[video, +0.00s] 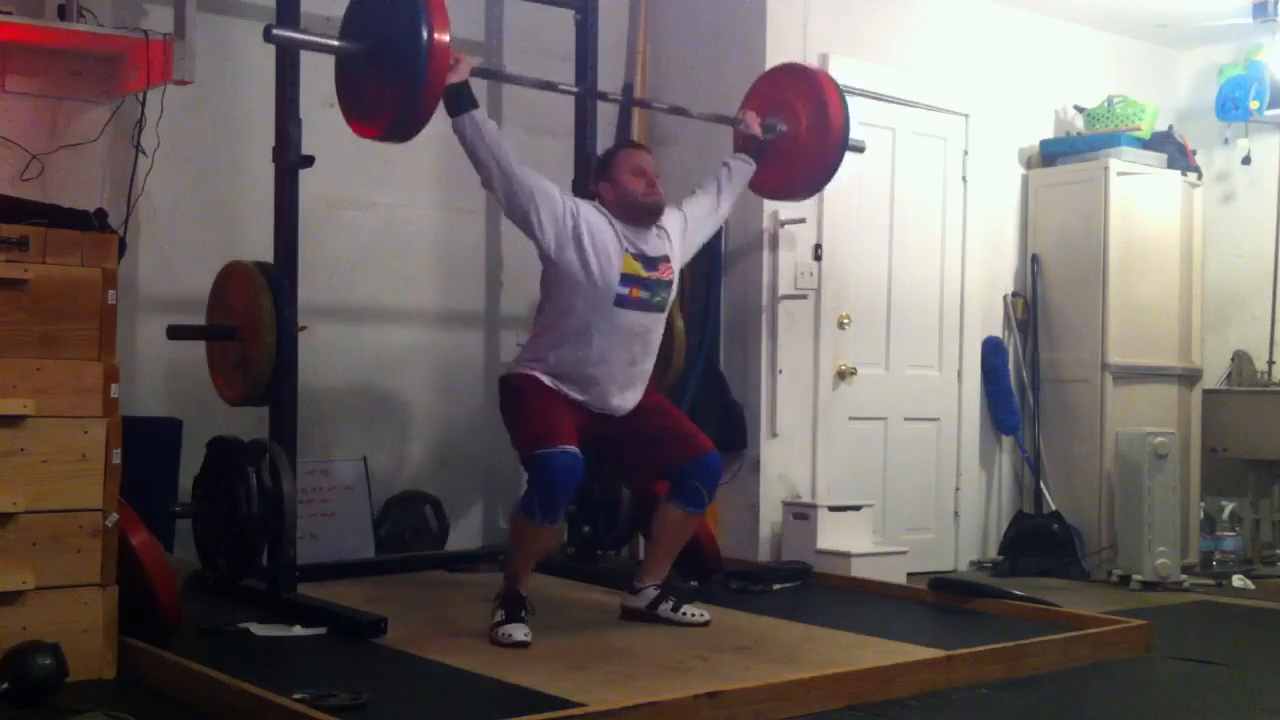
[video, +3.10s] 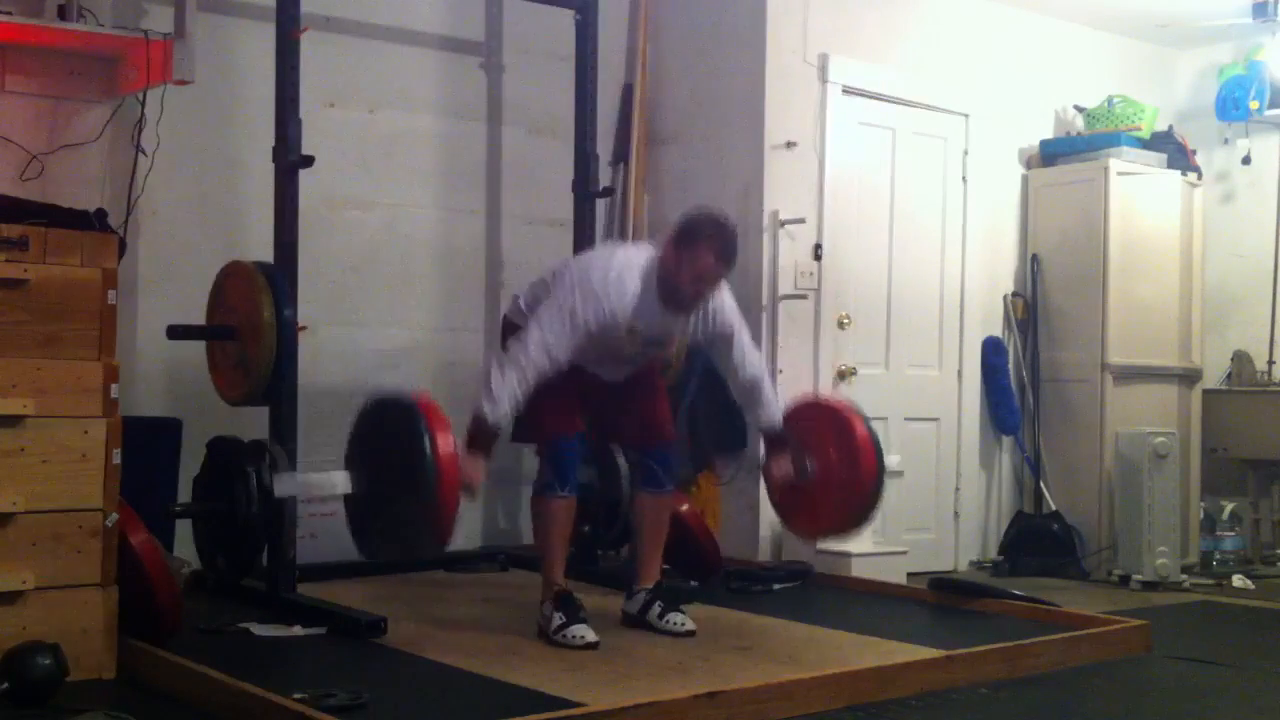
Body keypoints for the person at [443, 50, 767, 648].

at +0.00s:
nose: (653, 184)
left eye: (655, 176)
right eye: (638, 174)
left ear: (659, 189)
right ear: (601, 187)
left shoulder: (669, 235)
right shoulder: (574, 224)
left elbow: (714, 201)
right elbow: (506, 174)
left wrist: (746, 151)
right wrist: (459, 93)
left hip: (627, 400)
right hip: (548, 386)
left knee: (702, 468)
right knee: (560, 469)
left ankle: (647, 592)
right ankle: (513, 600)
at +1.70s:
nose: (667, 102)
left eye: (671, 93)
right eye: (653, 92)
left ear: (676, 104)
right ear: (624, 102)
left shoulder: (692, 155)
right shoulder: (590, 146)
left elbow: (740, 118)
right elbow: (519, 99)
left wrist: (775, 71)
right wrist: (471, 27)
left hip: (651, 335)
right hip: (574, 325)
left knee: (681, 454)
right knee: (580, 440)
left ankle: (647, 590)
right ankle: (524, 595)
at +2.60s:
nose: (618, 69)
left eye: (626, 60)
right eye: (606, 58)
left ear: (634, 65)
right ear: (579, 61)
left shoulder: (648, 119)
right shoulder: (549, 105)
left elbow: (708, 163)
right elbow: (478, 117)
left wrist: (776, 178)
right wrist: (427, 114)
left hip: (651, 285)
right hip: (576, 284)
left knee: (669, 430)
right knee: (583, 435)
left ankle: (657, 578)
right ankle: (565, 591)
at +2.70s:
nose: (647, 101)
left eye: (658, 92)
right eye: (638, 88)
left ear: (667, 97)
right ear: (612, 83)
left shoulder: (672, 158)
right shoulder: (570, 141)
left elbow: (716, 226)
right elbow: (497, 182)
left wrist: (755, 288)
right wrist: (467, 246)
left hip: (652, 318)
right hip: (575, 315)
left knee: (672, 453)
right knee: (587, 455)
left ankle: (648, 593)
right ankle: (560, 598)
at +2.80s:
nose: (683, 146)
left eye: (691, 135)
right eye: (672, 132)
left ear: (697, 139)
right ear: (643, 133)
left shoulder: (696, 206)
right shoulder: (593, 188)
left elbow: (734, 278)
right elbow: (510, 246)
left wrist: (760, 343)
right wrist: (460, 326)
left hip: (642, 347)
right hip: (565, 343)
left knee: (674, 463)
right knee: (581, 463)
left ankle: (644, 596)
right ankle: (556, 602)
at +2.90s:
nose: (697, 233)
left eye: (708, 224)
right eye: (692, 218)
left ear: (718, 220)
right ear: (665, 202)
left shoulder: (714, 257)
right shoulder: (606, 235)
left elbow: (753, 316)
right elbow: (512, 279)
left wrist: (768, 378)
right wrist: (467, 364)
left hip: (632, 363)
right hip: (554, 350)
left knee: (673, 458)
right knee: (566, 455)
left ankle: (644, 596)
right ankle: (555, 600)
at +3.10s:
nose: (700, 292)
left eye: (710, 283)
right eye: (695, 277)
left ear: (721, 277)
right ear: (671, 253)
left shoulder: (712, 300)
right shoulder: (607, 280)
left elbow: (746, 365)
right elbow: (533, 346)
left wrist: (777, 437)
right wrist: (481, 438)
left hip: (630, 357)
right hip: (550, 344)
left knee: (657, 460)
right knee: (563, 457)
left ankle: (645, 594)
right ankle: (555, 599)